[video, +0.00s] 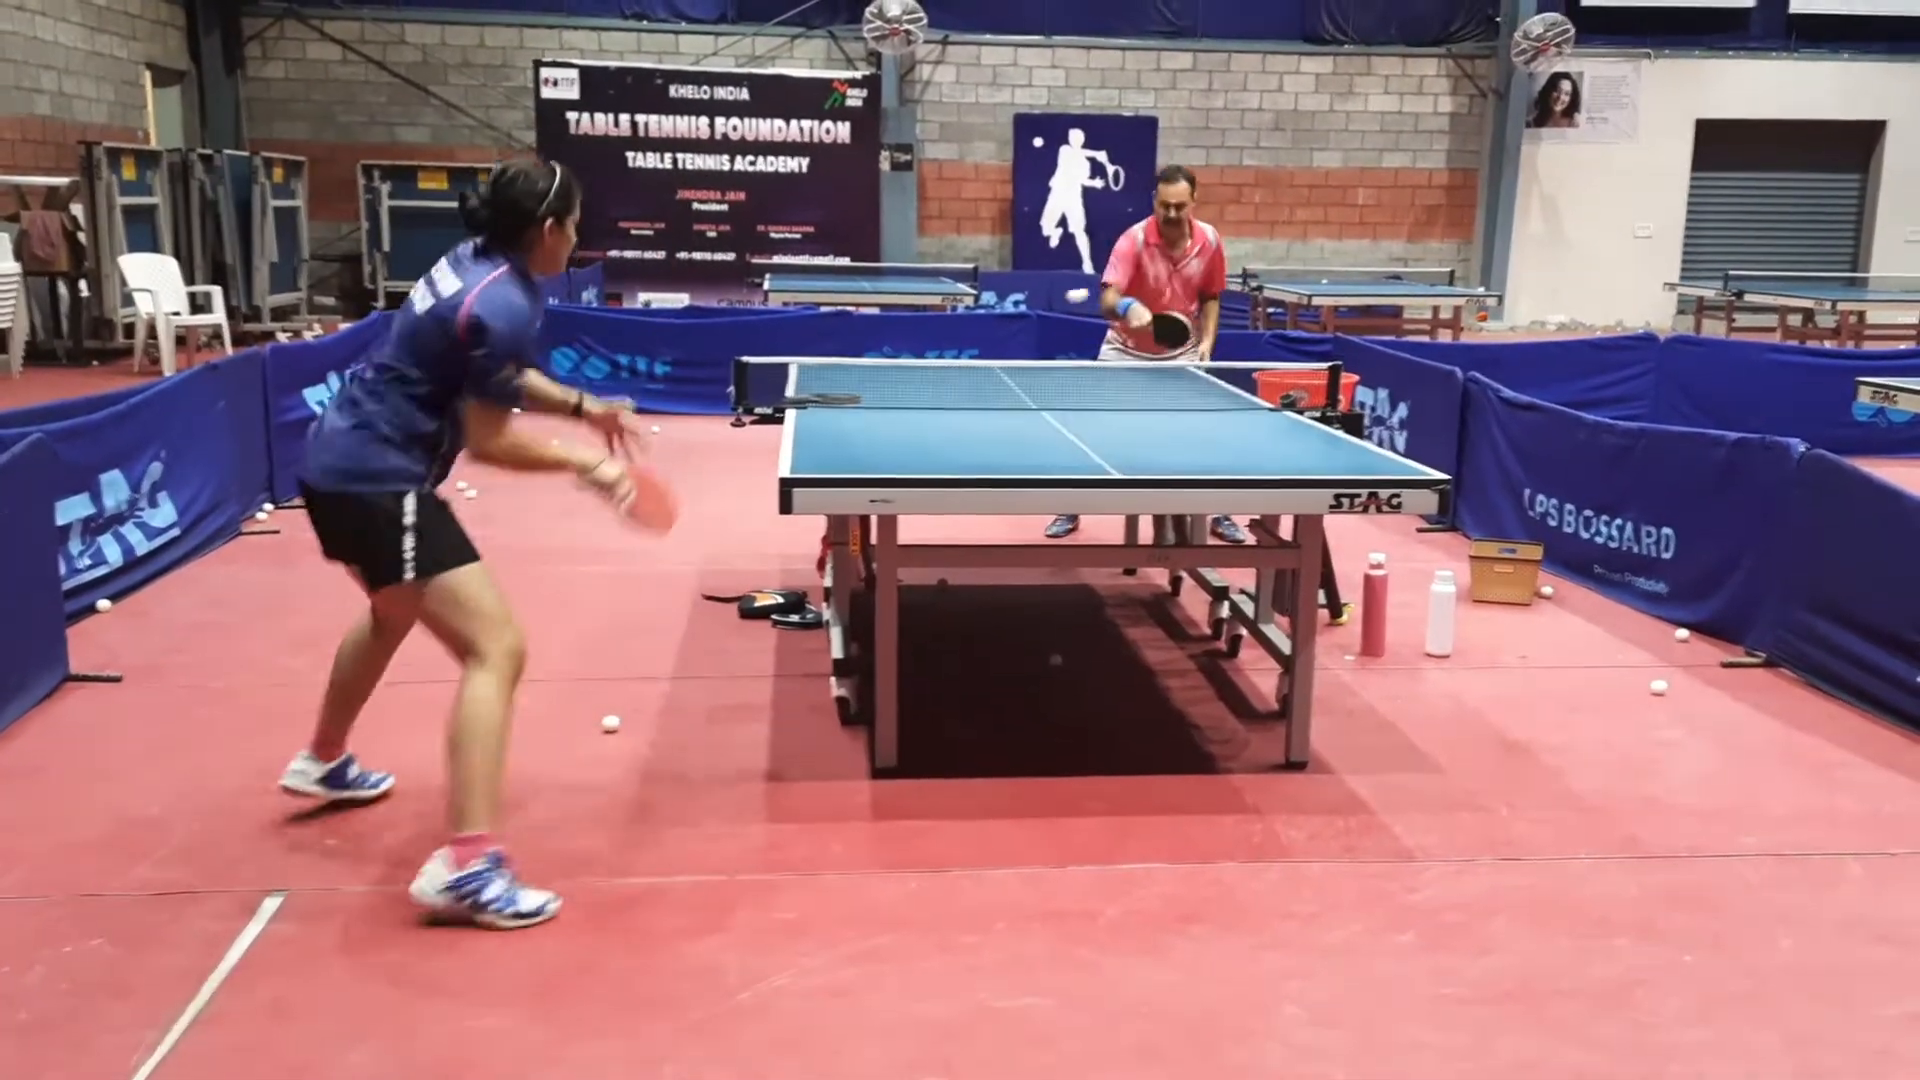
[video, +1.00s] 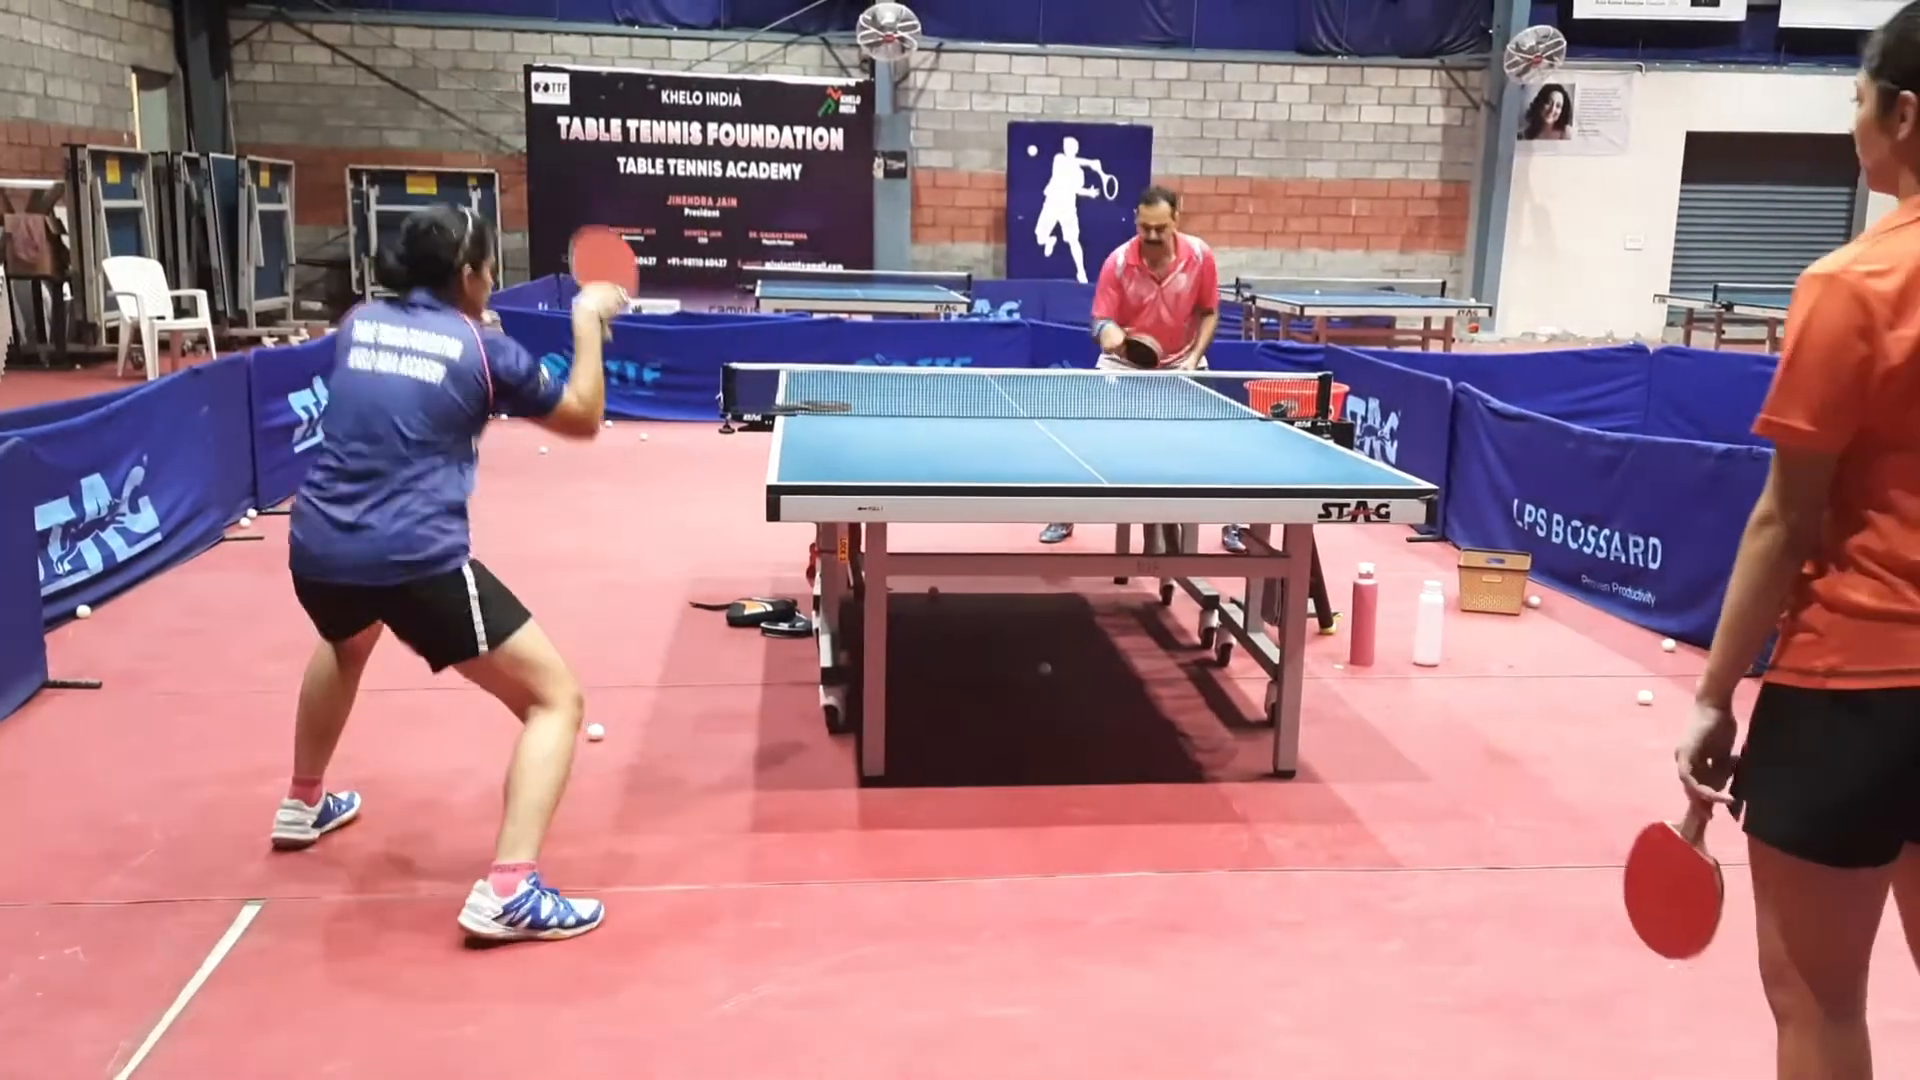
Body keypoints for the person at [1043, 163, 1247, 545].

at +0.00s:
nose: (1172, 214)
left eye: (1180, 206)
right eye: (1165, 206)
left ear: (1193, 203)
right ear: (1154, 203)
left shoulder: (1208, 239)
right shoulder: (1133, 240)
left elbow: (1211, 297)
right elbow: (1107, 298)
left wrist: (1207, 343)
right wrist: (1127, 307)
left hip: (1183, 353)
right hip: (1125, 351)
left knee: (1205, 427)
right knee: (1090, 421)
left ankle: (1218, 512)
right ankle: (1068, 507)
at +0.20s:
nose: (1179, 203)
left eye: (1188, 197)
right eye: (1172, 195)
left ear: (1202, 196)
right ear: (1163, 193)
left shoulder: (1221, 240)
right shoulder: (1138, 237)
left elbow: (1229, 297)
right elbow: (1121, 298)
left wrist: (1217, 335)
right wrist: (1138, 320)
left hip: (1195, 355)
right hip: (1136, 351)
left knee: (1211, 430)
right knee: (1099, 423)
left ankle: (1222, 514)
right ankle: (1069, 510)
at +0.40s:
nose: (1163, 221)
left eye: (1173, 213)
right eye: (1158, 212)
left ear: (1190, 214)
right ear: (1149, 212)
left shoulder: (1213, 256)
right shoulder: (1131, 256)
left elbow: (1226, 315)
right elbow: (1115, 313)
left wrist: (1215, 349)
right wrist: (1128, 323)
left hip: (1193, 365)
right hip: (1133, 363)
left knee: (1227, 432)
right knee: (1092, 424)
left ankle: (1241, 519)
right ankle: (1073, 512)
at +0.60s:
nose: (1151, 217)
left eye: (1160, 209)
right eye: (1145, 209)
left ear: (1177, 208)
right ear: (1138, 209)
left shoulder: (1203, 250)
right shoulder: (1121, 252)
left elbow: (1219, 308)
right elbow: (1100, 309)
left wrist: (1205, 340)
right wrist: (1098, 322)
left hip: (1188, 366)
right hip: (1128, 363)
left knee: (1223, 434)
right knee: (1090, 428)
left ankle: (1238, 520)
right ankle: (1072, 512)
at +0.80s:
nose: (1142, 223)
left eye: (1150, 216)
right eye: (1135, 215)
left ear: (1167, 215)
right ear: (1129, 215)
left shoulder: (1195, 255)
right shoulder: (1112, 258)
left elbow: (1211, 311)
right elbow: (1095, 318)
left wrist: (1194, 349)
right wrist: (1076, 327)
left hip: (1183, 361)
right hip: (1125, 359)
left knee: (1217, 432)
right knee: (1089, 426)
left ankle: (1238, 520)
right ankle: (1068, 513)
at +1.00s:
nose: (1152, 236)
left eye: (1161, 228)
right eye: (1145, 228)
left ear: (1176, 220)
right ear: (1135, 222)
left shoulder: (1199, 256)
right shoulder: (1118, 262)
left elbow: (1210, 313)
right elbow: (1102, 318)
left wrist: (1195, 355)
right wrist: (1112, 335)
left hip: (1182, 365)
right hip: (1124, 365)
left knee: (1218, 433)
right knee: (1085, 427)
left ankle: (1232, 522)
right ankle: (1063, 514)